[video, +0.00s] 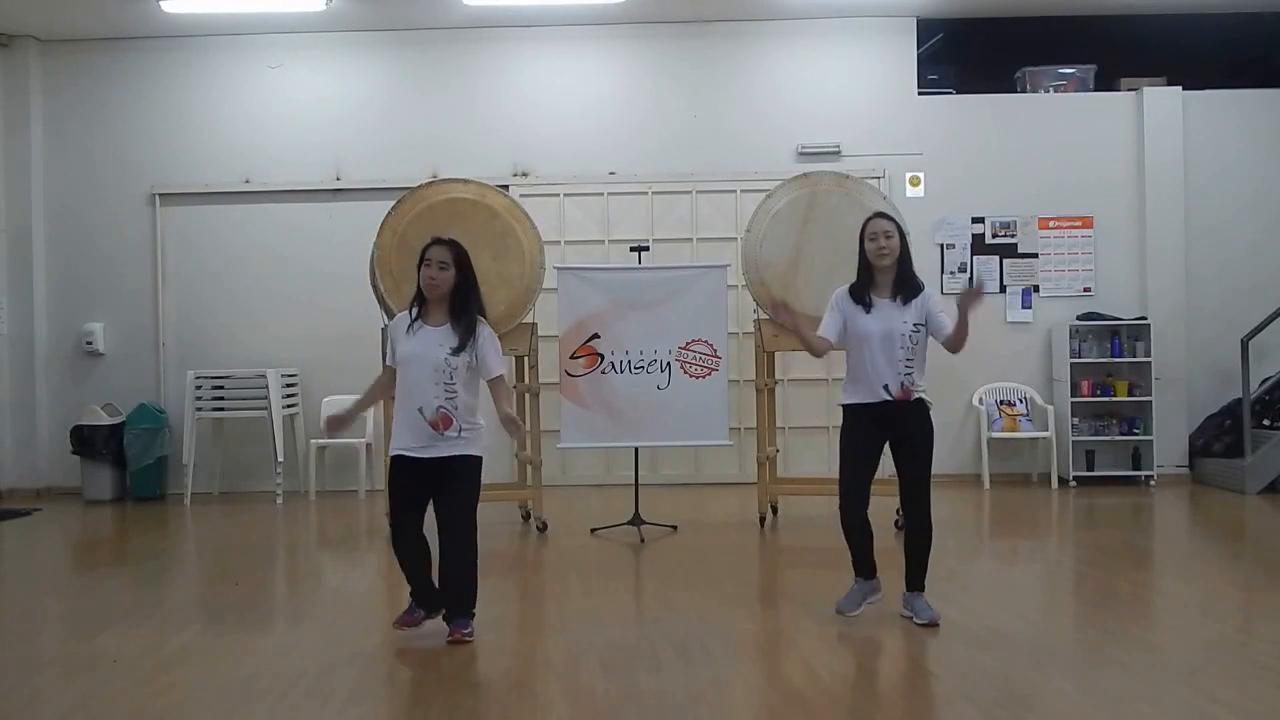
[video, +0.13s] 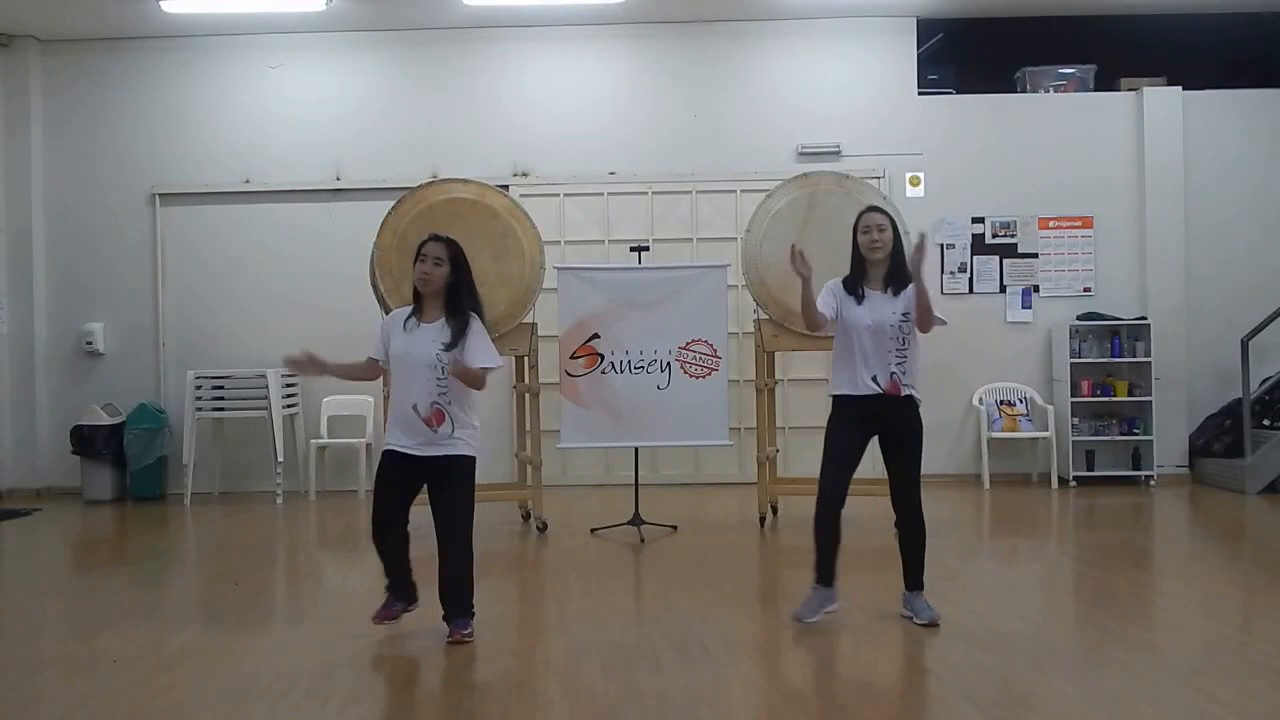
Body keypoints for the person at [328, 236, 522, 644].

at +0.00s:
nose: (431, 273)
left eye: (442, 267)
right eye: (426, 265)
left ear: (458, 277)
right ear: (418, 273)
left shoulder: (476, 330)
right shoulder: (399, 326)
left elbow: (497, 381)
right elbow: (390, 377)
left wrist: (506, 412)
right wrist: (351, 412)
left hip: (460, 450)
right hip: (409, 450)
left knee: (458, 532)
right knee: (403, 529)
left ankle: (460, 614)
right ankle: (425, 596)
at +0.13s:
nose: (425, 268)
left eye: (437, 262)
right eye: (421, 260)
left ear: (453, 274)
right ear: (413, 268)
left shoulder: (467, 324)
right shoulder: (394, 321)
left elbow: (479, 381)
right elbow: (371, 370)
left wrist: (462, 369)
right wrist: (324, 368)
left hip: (453, 448)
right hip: (402, 446)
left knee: (455, 535)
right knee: (385, 524)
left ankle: (459, 616)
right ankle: (401, 592)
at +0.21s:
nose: (419, 262)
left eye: (431, 258)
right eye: (414, 255)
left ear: (447, 270)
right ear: (406, 264)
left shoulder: (457, 319)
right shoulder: (384, 318)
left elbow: (454, 371)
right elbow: (359, 368)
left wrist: (417, 340)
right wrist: (339, 344)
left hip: (445, 445)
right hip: (392, 444)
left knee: (452, 531)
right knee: (375, 529)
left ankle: (459, 616)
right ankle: (370, 611)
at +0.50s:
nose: (390, 263)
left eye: (399, 258)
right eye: (382, 257)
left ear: (413, 272)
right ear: (371, 271)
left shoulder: (428, 321)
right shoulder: (352, 322)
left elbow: (447, 368)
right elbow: (310, 361)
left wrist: (430, 359)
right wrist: (284, 355)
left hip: (411, 448)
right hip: (357, 449)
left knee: (425, 533)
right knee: (356, 537)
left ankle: (452, 614)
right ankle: (360, 619)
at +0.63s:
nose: (375, 267)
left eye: (382, 261)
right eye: (366, 262)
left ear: (395, 274)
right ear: (354, 277)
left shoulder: (421, 326)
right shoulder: (337, 330)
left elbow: (462, 361)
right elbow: (288, 368)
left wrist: (503, 367)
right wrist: (222, 378)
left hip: (405, 450)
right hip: (351, 452)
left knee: (406, 532)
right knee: (351, 539)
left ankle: (417, 607)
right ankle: (360, 618)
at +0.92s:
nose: (367, 267)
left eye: (372, 259)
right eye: (355, 264)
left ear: (386, 270)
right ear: (345, 281)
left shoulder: (416, 321)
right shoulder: (334, 329)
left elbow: (472, 335)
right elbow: (287, 360)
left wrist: (522, 312)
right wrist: (230, 361)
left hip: (407, 451)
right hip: (351, 455)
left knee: (413, 538)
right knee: (354, 541)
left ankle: (404, 603)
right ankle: (359, 619)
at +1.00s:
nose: (370, 266)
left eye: (375, 259)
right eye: (358, 264)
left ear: (387, 269)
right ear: (347, 281)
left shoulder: (416, 318)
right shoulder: (337, 327)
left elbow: (467, 318)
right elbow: (291, 339)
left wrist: (501, 279)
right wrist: (258, 313)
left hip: (411, 449)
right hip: (355, 454)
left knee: (426, 531)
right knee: (356, 544)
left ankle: (422, 600)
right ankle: (359, 620)